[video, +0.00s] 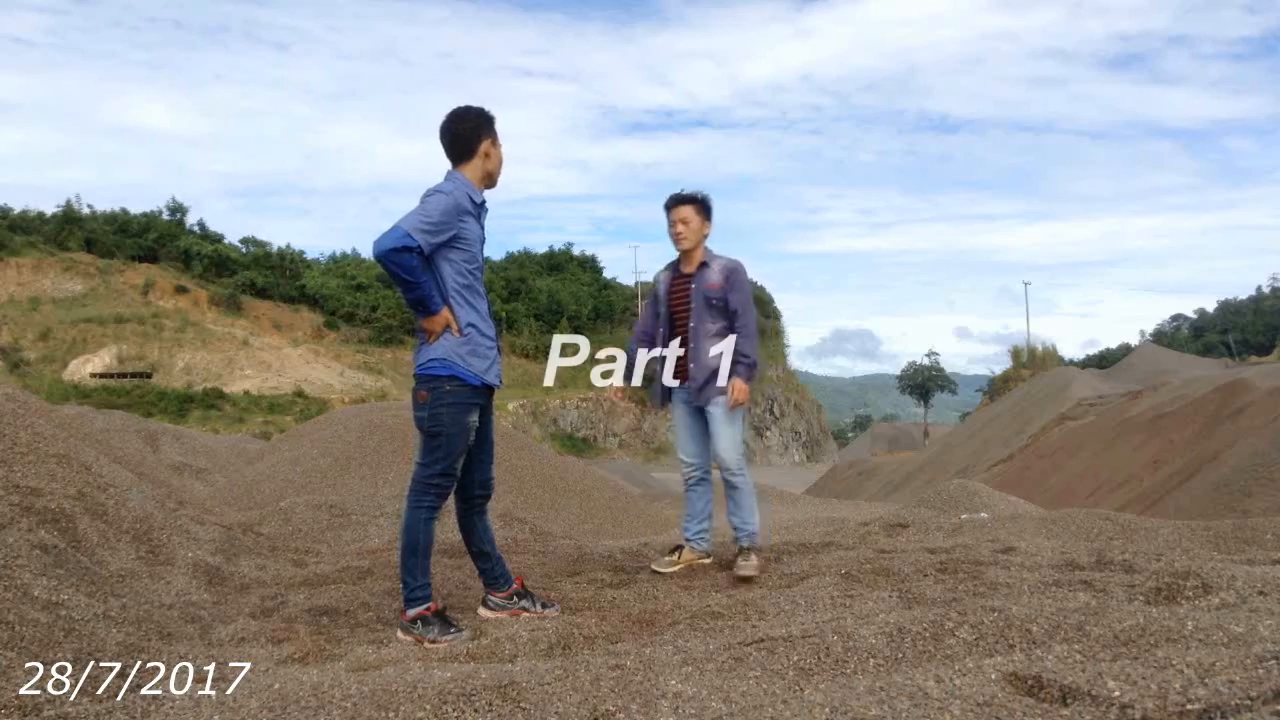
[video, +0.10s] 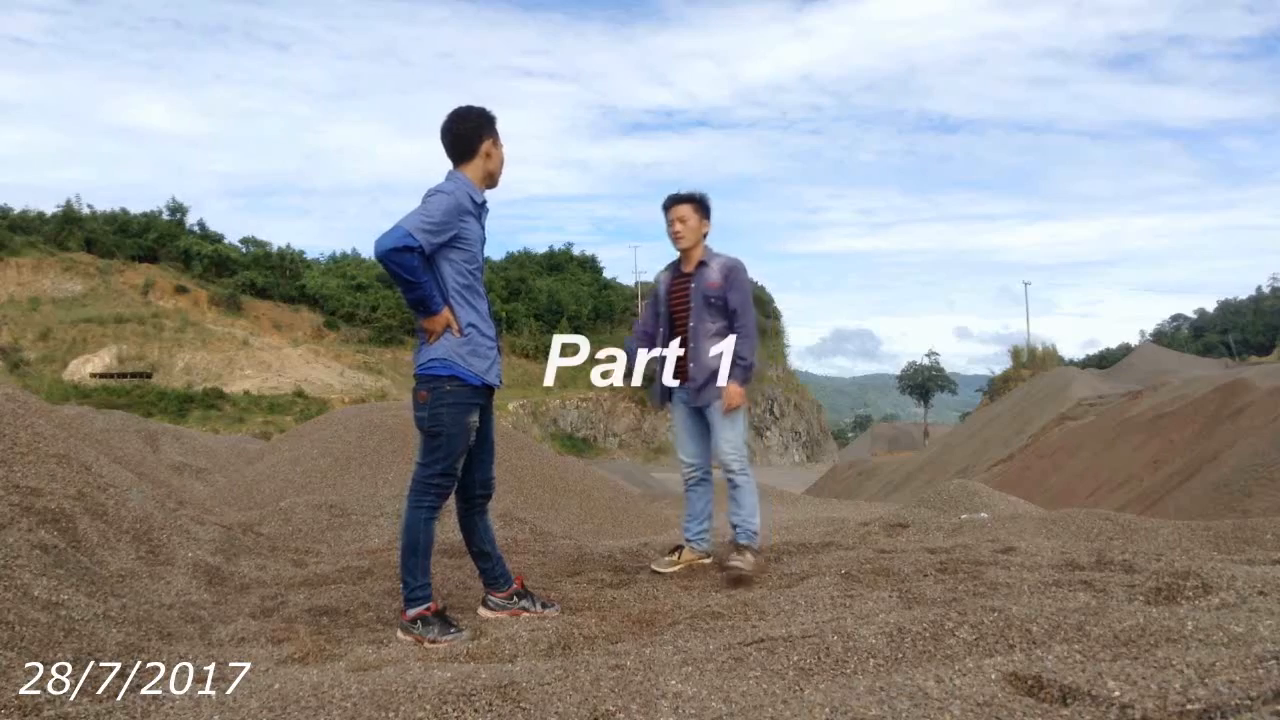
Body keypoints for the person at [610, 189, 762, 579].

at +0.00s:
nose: (678, 230)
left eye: (686, 223)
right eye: (673, 224)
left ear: (706, 226)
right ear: (669, 230)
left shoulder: (728, 271)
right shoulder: (665, 279)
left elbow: (746, 327)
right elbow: (645, 333)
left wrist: (742, 374)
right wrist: (627, 375)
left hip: (721, 385)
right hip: (680, 388)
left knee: (730, 465)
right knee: (693, 469)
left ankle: (747, 546)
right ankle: (696, 546)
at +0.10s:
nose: (676, 229)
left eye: (683, 221)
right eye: (671, 223)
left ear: (704, 225)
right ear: (667, 230)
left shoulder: (728, 270)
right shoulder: (666, 279)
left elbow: (746, 329)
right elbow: (646, 331)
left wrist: (738, 379)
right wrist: (626, 363)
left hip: (722, 386)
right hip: (681, 389)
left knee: (733, 465)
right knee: (693, 470)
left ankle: (746, 546)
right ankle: (696, 546)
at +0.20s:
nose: (677, 228)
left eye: (685, 220)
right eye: (673, 222)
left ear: (707, 224)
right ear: (670, 229)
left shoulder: (731, 270)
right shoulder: (669, 279)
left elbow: (747, 331)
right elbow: (652, 330)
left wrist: (734, 383)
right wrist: (638, 363)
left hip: (725, 387)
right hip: (683, 389)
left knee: (734, 464)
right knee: (693, 470)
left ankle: (747, 547)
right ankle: (696, 546)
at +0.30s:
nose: (682, 228)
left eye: (690, 220)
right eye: (678, 222)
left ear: (713, 224)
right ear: (676, 229)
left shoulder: (737, 269)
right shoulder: (676, 279)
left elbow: (748, 332)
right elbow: (663, 331)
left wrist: (733, 384)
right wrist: (654, 371)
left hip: (724, 389)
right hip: (686, 391)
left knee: (736, 469)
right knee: (695, 471)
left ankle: (752, 554)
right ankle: (697, 547)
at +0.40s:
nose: (691, 229)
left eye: (699, 221)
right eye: (688, 223)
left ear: (723, 226)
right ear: (686, 229)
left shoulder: (744, 271)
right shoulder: (687, 275)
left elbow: (754, 337)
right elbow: (678, 333)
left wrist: (736, 389)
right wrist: (674, 382)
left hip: (728, 393)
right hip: (692, 392)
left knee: (739, 475)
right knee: (695, 474)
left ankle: (754, 560)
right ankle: (696, 548)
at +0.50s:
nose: (700, 228)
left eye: (709, 221)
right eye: (698, 222)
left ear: (733, 226)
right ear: (696, 229)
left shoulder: (752, 272)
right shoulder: (701, 277)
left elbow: (756, 336)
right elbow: (692, 337)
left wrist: (745, 392)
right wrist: (683, 389)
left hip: (737, 395)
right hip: (700, 393)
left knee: (750, 480)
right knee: (683, 470)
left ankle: (755, 562)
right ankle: (694, 548)